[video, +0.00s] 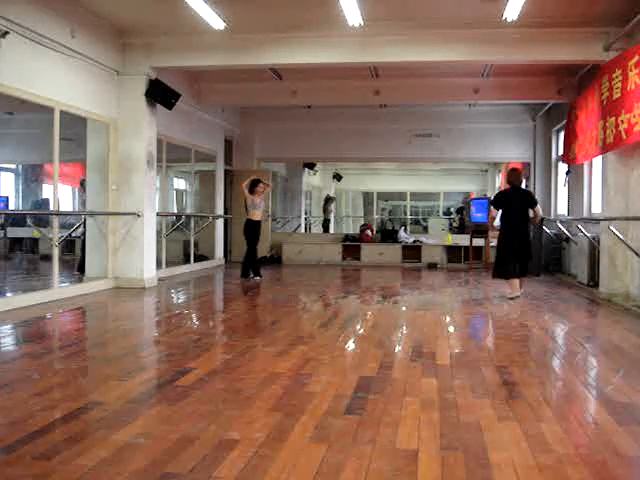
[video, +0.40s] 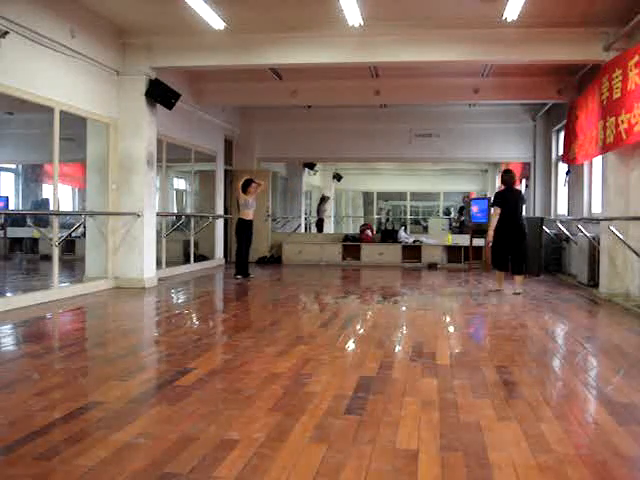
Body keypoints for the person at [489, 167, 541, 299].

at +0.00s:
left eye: (510, 177)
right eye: (519, 177)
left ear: (507, 179)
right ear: (521, 179)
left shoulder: (502, 194)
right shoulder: (527, 194)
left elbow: (493, 214)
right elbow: (538, 213)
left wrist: (491, 225)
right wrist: (533, 221)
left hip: (508, 231)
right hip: (522, 231)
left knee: (510, 259)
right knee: (520, 258)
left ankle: (515, 290)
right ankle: (519, 287)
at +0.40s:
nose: (501, 180)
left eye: (501, 178)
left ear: (502, 180)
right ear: (514, 180)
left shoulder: (499, 195)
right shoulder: (519, 194)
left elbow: (496, 214)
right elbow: (521, 211)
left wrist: (490, 232)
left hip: (502, 230)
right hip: (517, 230)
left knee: (500, 257)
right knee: (517, 258)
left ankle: (499, 285)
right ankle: (518, 287)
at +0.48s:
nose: (500, 183)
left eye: (500, 180)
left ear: (498, 182)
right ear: (510, 181)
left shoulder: (497, 197)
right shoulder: (515, 196)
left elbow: (496, 215)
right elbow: (515, 213)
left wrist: (496, 231)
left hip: (502, 229)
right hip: (515, 229)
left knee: (498, 256)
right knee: (516, 256)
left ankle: (495, 283)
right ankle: (519, 286)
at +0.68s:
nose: (488, 182)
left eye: (488, 180)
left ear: (489, 182)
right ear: (500, 181)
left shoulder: (490, 196)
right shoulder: (507, 194)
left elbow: (490, 216)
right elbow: (508, 213)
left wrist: (488, 233)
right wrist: (509, 228)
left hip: (495, 229)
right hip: (507, 229)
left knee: (492, 255)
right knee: (506, 252)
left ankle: (492, 283)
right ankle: (509, 273)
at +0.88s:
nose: (482, 183)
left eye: (483, 181)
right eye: (483, 181)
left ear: (484, 182)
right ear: (494, 181)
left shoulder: (484, 196)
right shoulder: (502, 194)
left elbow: (483, 215)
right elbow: (508, 212)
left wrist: (473, 228)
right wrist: (506, 223)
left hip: (490, 227)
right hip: (502, 226)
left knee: (488, 250)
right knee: (499, 250)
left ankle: (494, 279)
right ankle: (498, 278)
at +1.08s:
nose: (478, 189)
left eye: (478, 187)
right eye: (479, 186)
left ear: (479, 187)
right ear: (489, 184)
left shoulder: (482, 197)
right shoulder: (497, 195)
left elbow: (482, 215)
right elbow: (505, 212)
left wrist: (470, 224)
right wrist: (509, 227)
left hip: (488, 229)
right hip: (501, 228)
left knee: (483, 253)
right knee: (496, 253)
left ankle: (491, 275)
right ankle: (494, 275)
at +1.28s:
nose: (471, 190)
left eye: (472, 188)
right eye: (471, 188)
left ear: (473, 188)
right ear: (483, 186)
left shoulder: (478, 198)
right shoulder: (492, 196)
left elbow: (483, 214)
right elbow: (497, 212)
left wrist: (479, 230)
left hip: (488, 229)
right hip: (498, 228)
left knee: (481, 252)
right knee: (495, 255)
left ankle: (482, 277)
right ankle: (493, 280)